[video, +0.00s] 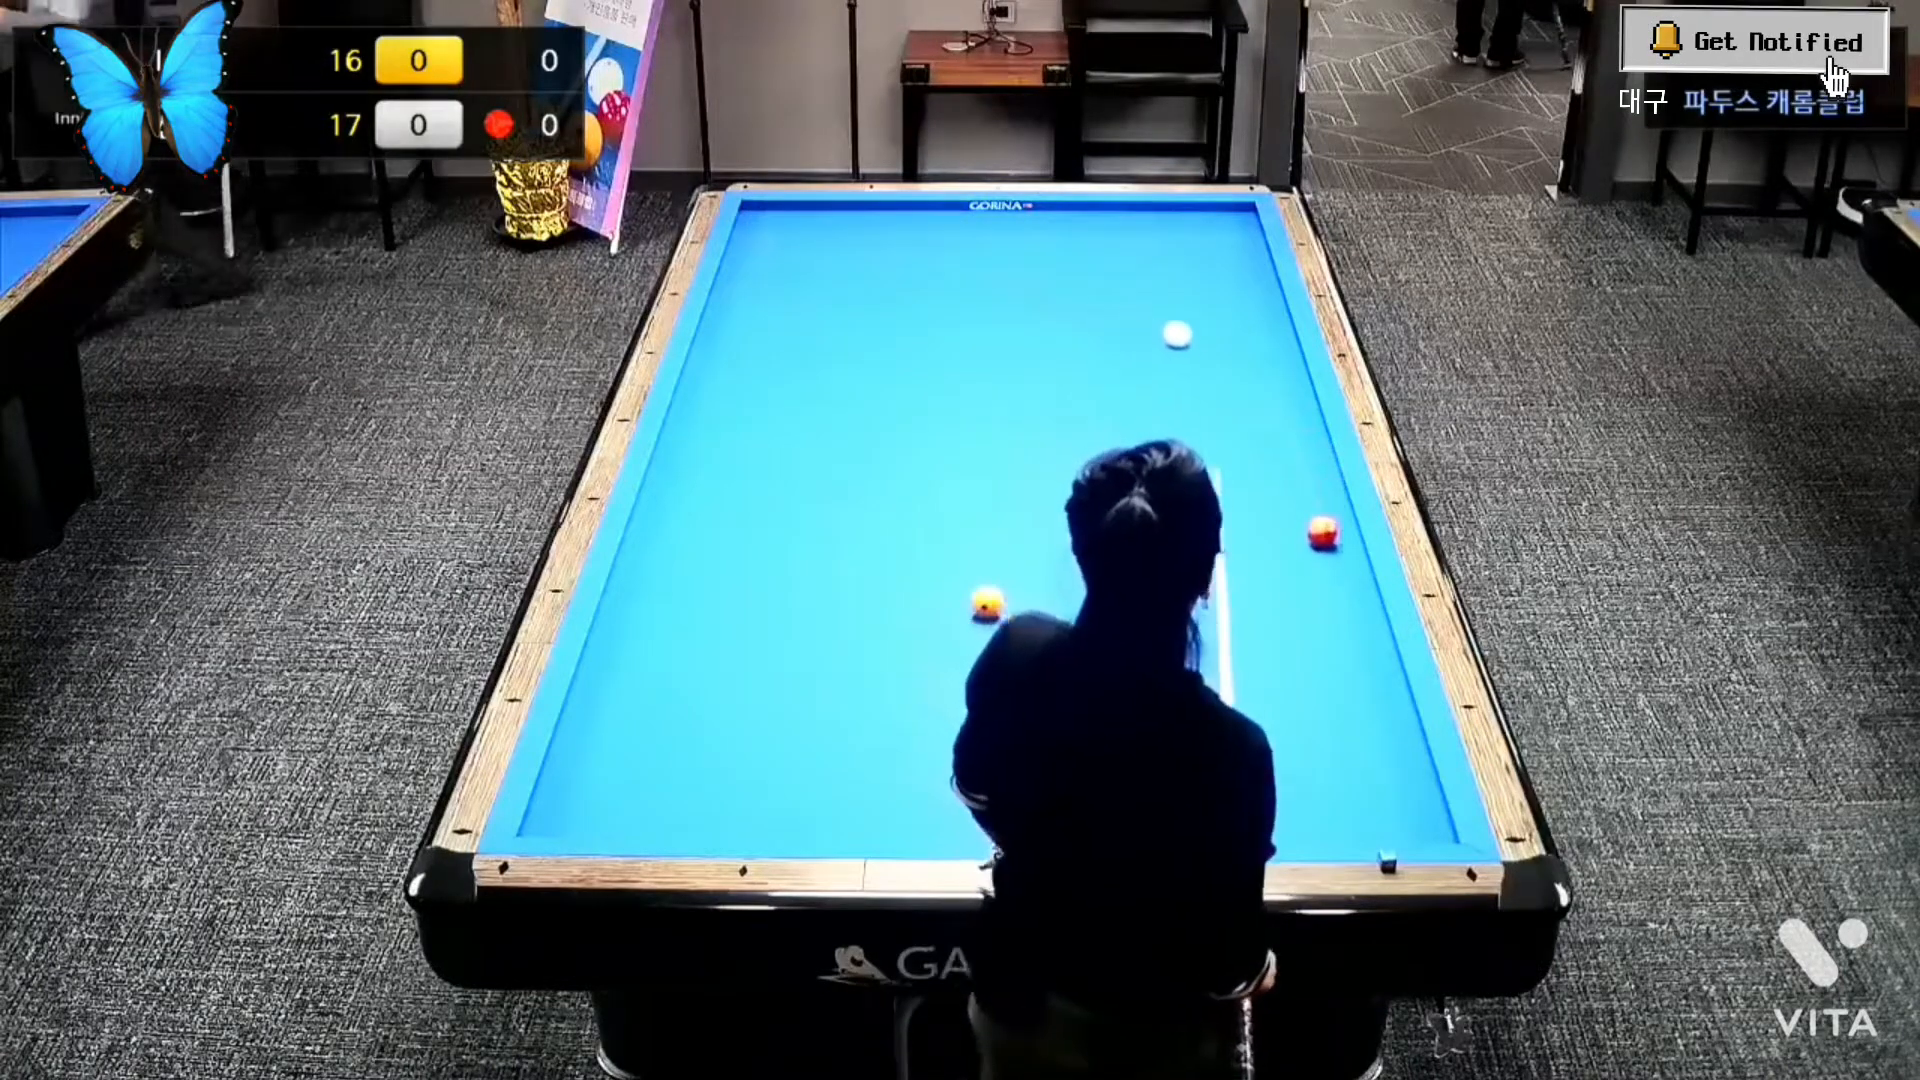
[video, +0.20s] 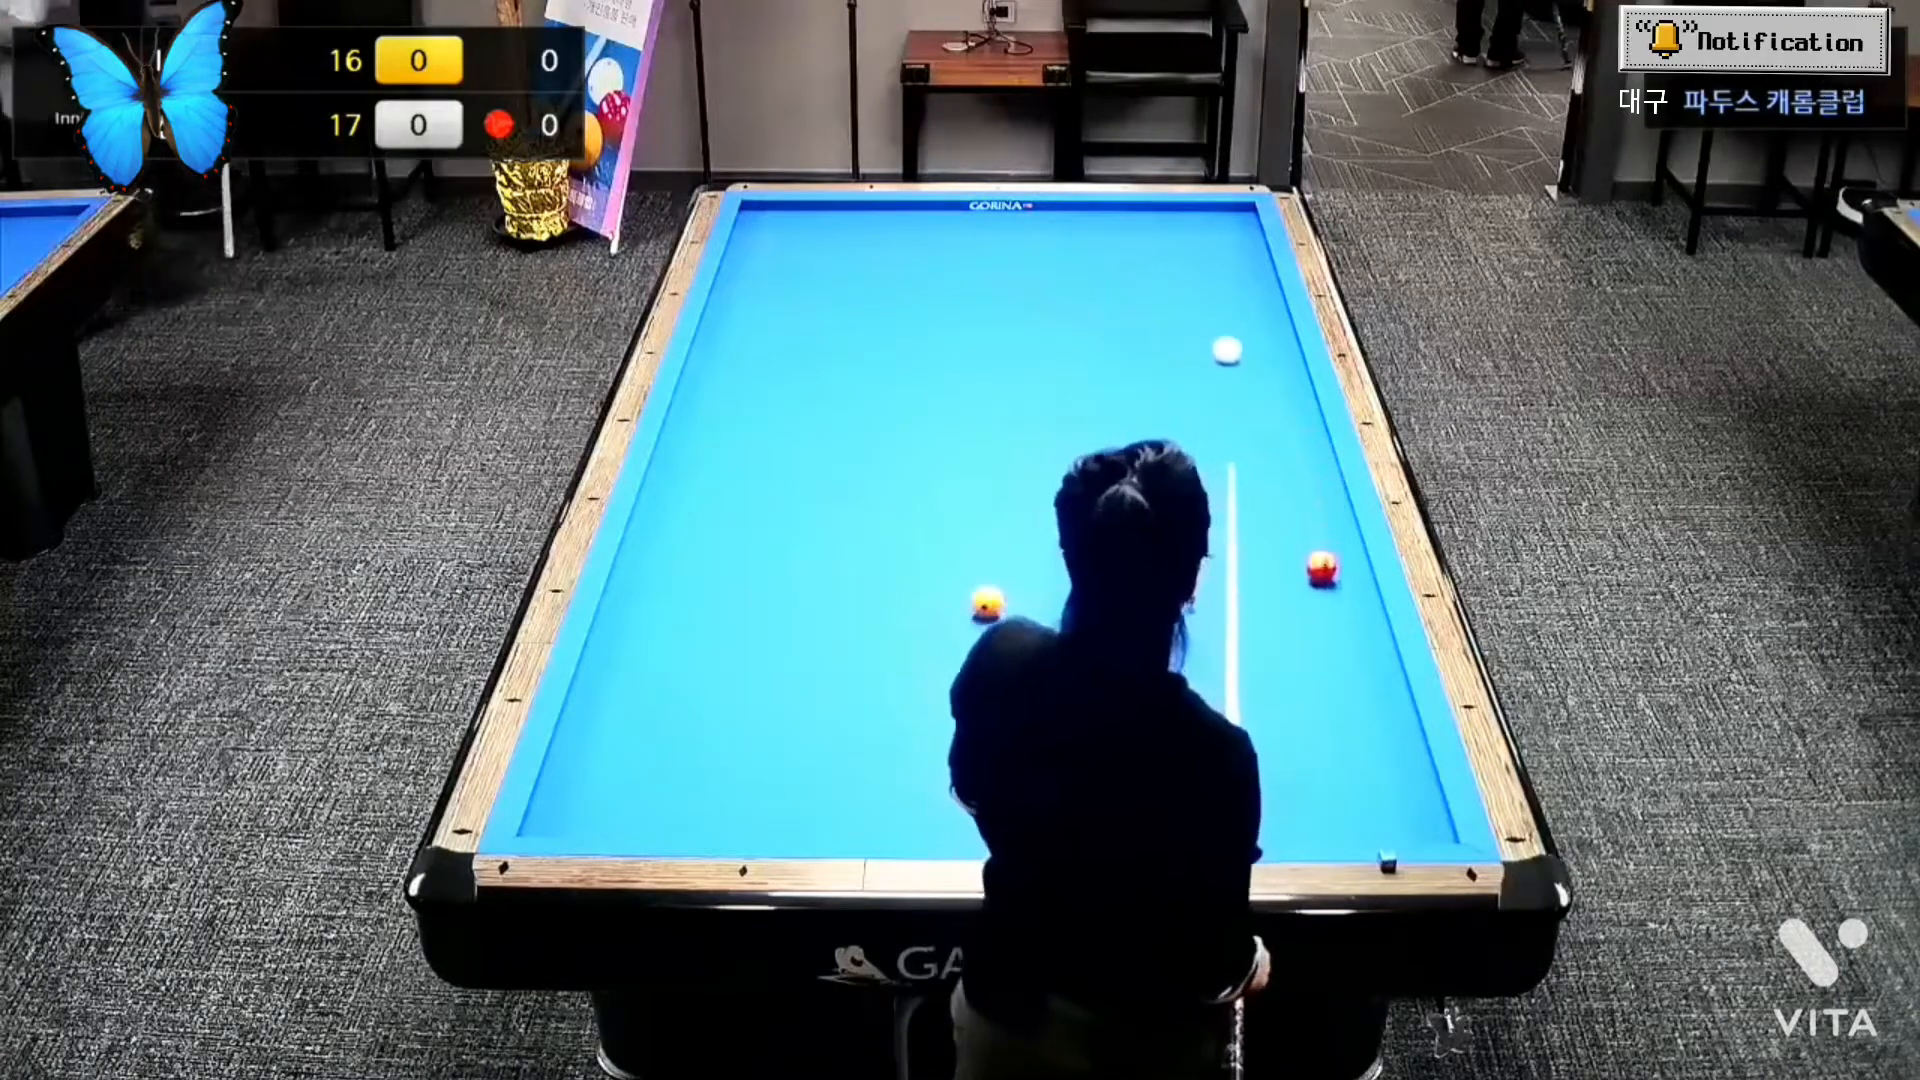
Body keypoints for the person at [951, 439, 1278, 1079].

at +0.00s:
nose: (1216, 562)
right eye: (1212, 548)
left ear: (1081, 556)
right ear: (1204, 570)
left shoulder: (1019, 651)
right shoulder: (1234, 749)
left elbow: (974, 779)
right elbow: (1226, 954)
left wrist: (1032, 853)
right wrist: (1254, 969)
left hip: (1025, 1008)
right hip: (1173, 1027)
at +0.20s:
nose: (1198, 575)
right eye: (1198, 557)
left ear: (1070, 559)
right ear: (1189, 579)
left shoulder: (1003, 658)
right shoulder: (1220, 754)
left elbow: (975, 790)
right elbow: (1215, 938)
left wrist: (1037, 857)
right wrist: (1249, 966)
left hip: (1009, 1017)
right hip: (1165, 1032)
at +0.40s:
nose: (1167, 572)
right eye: (1166, 556)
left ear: (1041, 557)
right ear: (1158, 574)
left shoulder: (967, 664)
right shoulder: (1186, 756)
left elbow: (930, 791)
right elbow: (1185, 946)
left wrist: (1008, 848)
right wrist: (1225, 959)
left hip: (976, 1025)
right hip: (1130, 1037)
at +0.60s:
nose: (1124, 577)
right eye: (1124, 561)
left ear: (1000, 554)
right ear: (1115, 577)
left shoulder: (916, 663)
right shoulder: (1138, 751)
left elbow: (868, 808)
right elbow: (1148, 946)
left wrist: (965, 835)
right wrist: (1190, 945)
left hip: (941, 1018)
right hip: (1091, 1028)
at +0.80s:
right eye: (1085, 558)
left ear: (960, 545)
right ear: (1075, 572)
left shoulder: (873, 661)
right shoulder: (1100, 744)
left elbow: (821, 808)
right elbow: (1113, 943)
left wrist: (919, 841)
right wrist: (1144, 940)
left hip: (904, 1018)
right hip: (1056, 1026)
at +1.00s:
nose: (1053, 584)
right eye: (1054, 567)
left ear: (929, 552)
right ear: (1044, 582)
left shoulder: (842, 662)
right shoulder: (1068, 746)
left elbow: (794, 803)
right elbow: (1094, 941)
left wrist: (889, 834)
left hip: (872, 1013)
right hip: (1021, 1024)